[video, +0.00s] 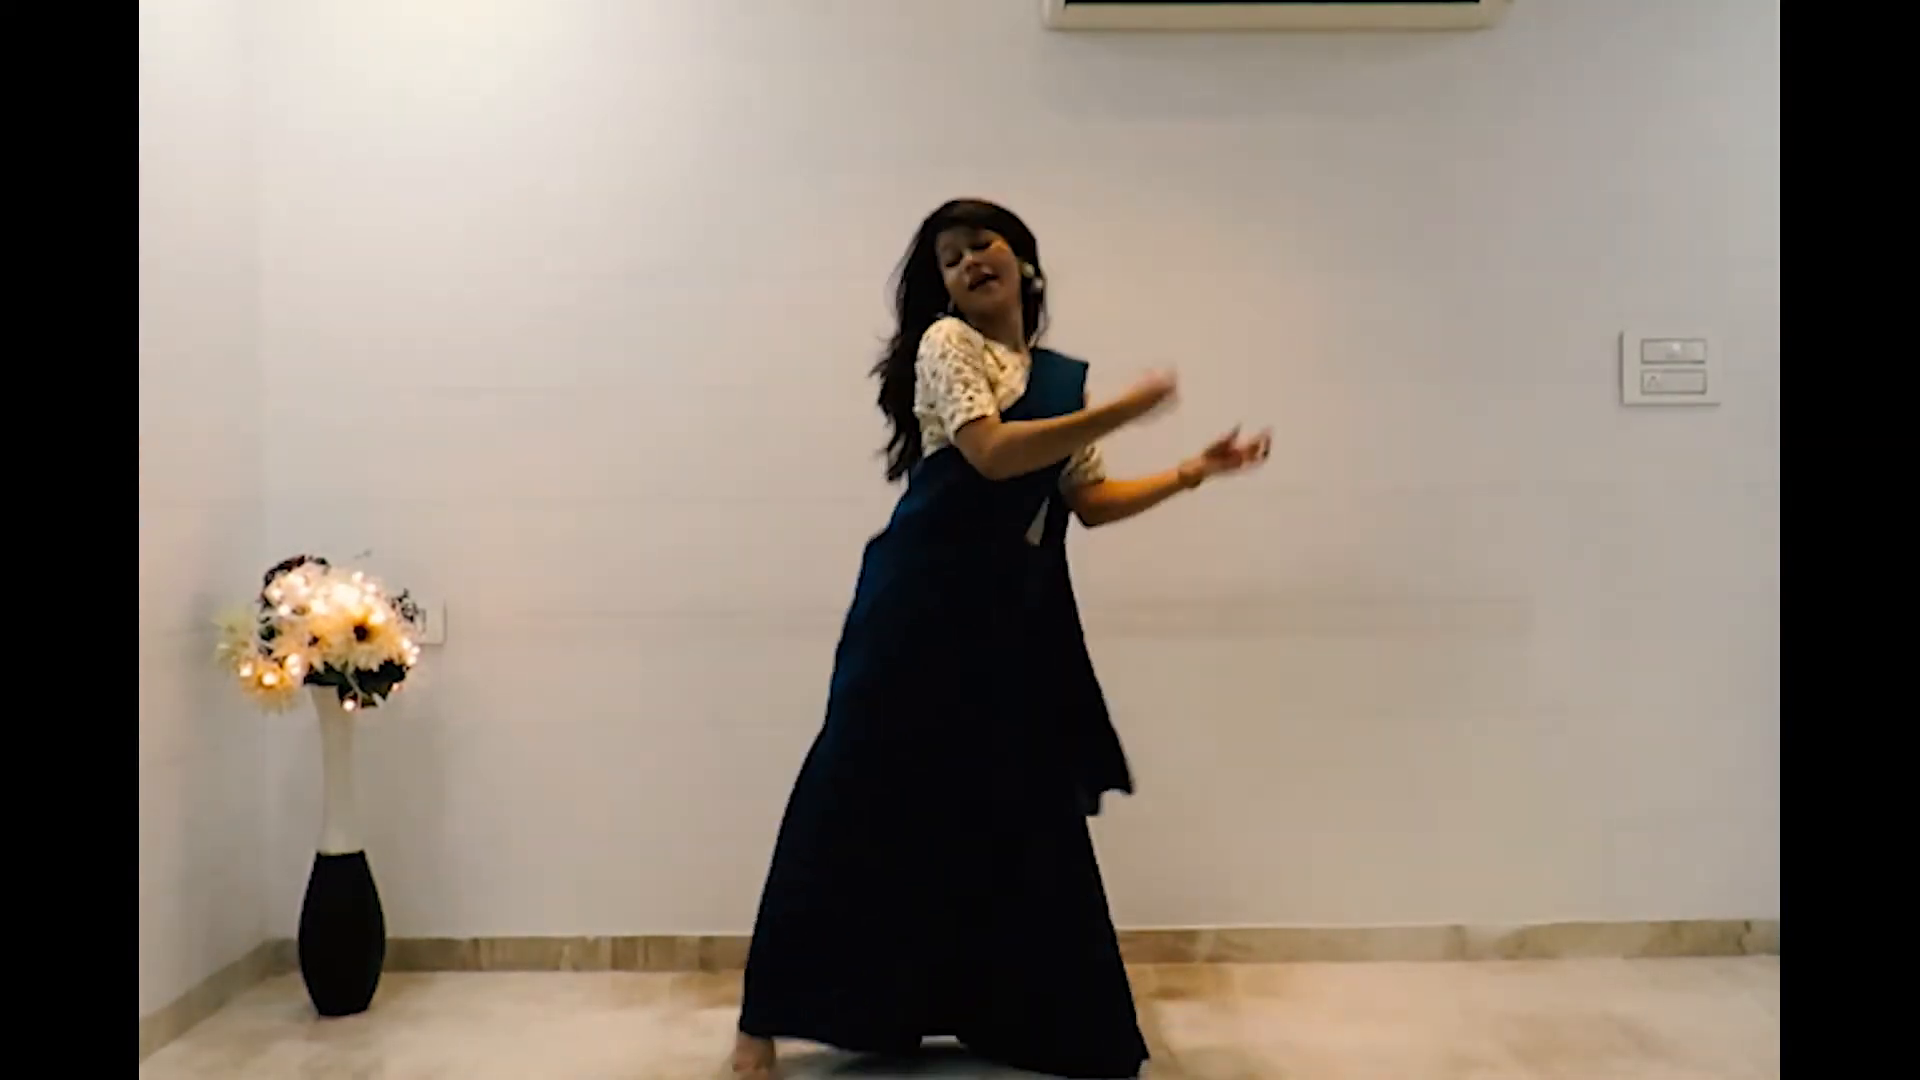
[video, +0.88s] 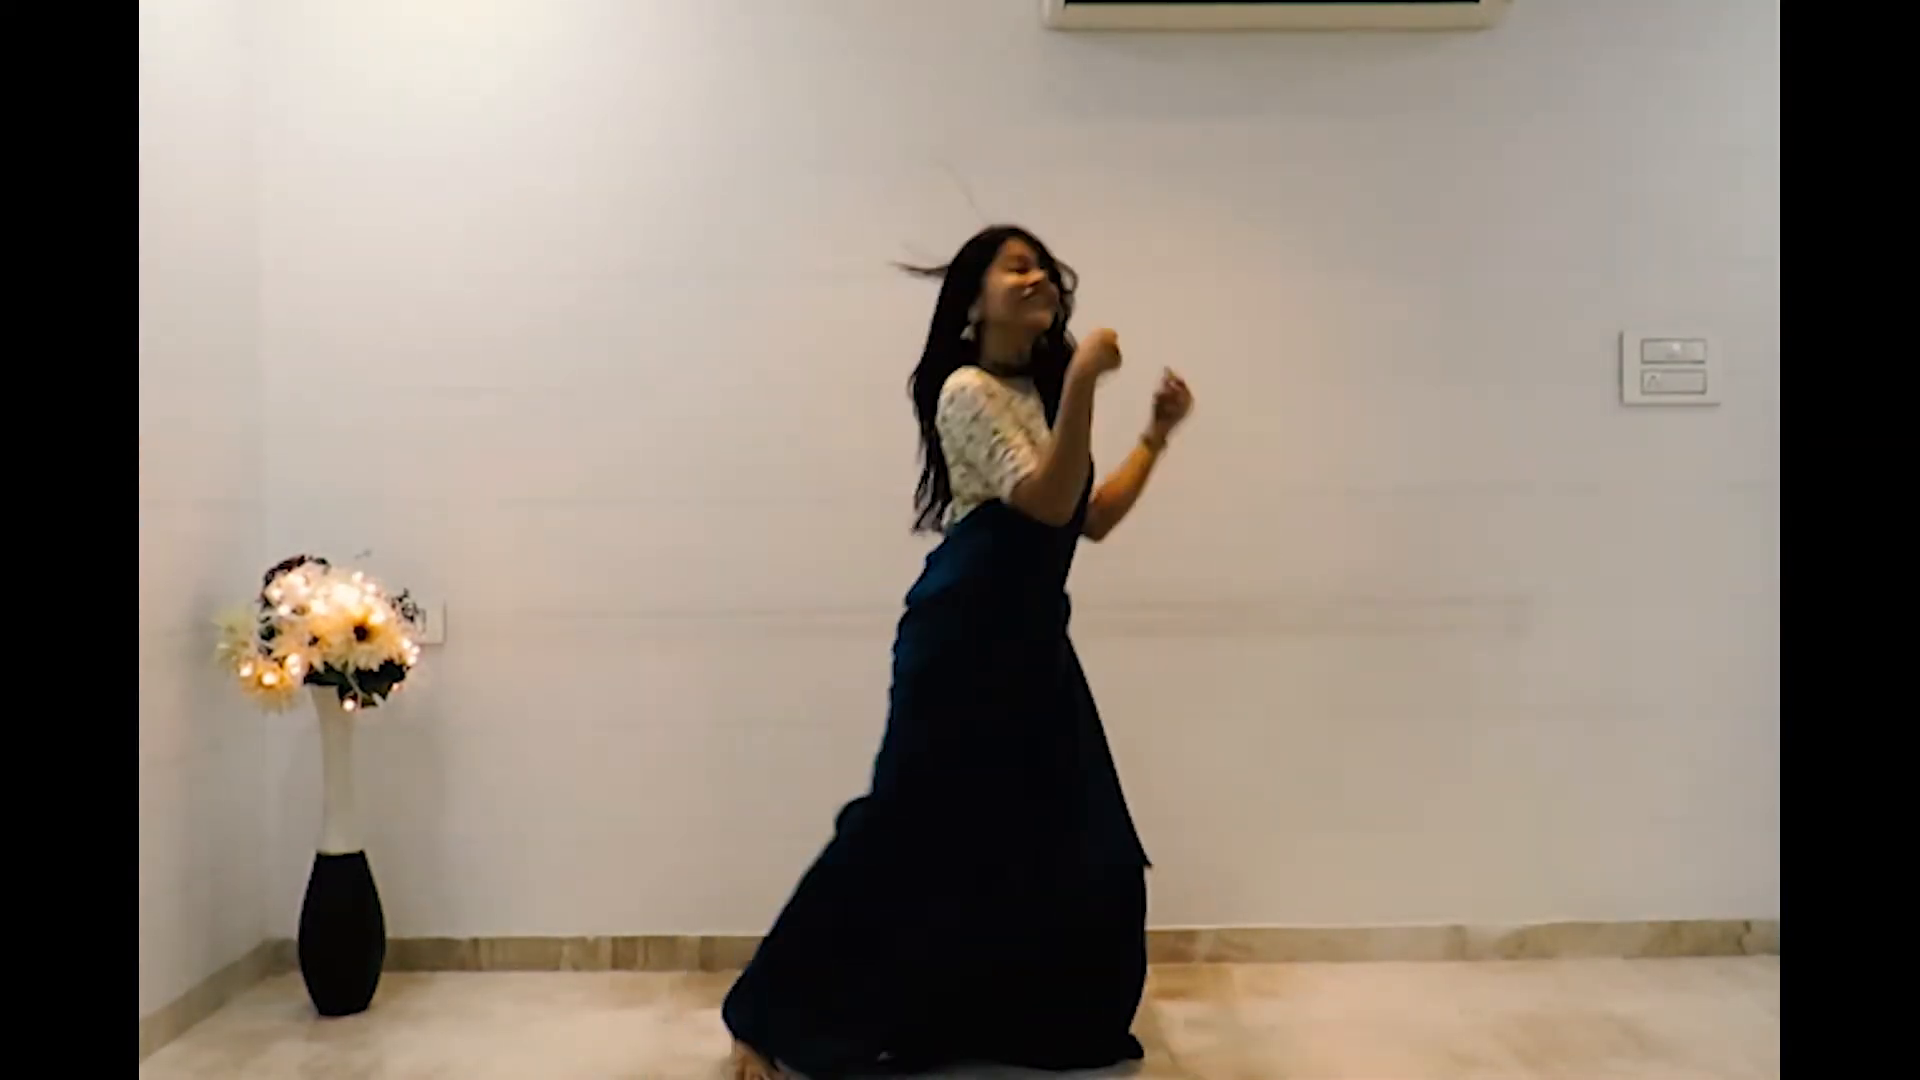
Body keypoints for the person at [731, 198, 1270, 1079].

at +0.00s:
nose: (972, 260)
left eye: (985, 244)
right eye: (954, 256)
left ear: (1025, 263)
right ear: (940, 286)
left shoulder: (1063, 377)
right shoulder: (943, 344)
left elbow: (1090, 502)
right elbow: (993, 451)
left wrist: (1192, 471)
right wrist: (1122, 409)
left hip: (1015, 609)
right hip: (918, 604)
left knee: (1030, 805)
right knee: (848, 799)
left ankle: (1063, 1023)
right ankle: (759, 1025)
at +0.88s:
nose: (1038, 278)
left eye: (1047, 270)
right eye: (1015, 266)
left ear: (1056, 304)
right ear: (972, 299)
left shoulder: (1047, 399)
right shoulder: (966, 391)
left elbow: (1097, 517)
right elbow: (1047, 497)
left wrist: (1156, 435)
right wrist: (1079, 379)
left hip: (1033, 633)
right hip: (962, 630)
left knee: (1086, 831)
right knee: (912, 822)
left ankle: (1066, 1023)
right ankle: (767, 1014)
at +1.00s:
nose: (1080, 230)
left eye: (1069, 218)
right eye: (1061, 223)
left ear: (1031, 262)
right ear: (1029, 258)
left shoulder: (1055, 331)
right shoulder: (1034, 336)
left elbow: (1136, 379)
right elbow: (1148, 382)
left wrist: (1130, 315)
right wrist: (1127, 309)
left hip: (1053, 597)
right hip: (1015, 597)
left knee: (1072, 790)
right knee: (1029, 796)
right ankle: (894, 970)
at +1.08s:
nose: (1102, 229)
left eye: (1088, 218)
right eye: (1086, 226)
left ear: (1041, 276)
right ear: (1069, 257)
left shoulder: (1039, 346)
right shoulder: (1089, 341)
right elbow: (1194, 416)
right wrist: (1214, 339)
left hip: (1026, 612)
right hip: (1066, 623)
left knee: (1042, 801)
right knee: (1142, 803)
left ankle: (1014, 998)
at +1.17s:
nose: (1129, 261)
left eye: (1118, 250)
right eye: (1115, 256)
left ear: (1051, 305)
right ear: (1094, 290)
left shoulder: (1026, 390)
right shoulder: (1134, 384)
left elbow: (983, 484)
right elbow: (1231, 495)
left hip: (1040, 664)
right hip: (1115, 673)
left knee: (1048, 831)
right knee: (1207, 827)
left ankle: (1019, 1014)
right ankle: (1176, 1020)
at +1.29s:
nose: (1156, 293)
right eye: (1153, 278)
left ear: (1061, 291)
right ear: (1156, 285)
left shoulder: (1050, 386)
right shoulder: (1198, 380)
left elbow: (971, 479)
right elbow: (1295, 484)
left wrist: (1035, 404)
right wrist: (1385, 416)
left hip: (1075, 639)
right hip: (1176, 641)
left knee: (1087, 820)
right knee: (1226, 826)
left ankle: (1024, 1013)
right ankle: (1234, 1032)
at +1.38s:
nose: (1175, 227)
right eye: (1170, 211)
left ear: (1071, 238)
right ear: (1172, 230)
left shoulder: (1038, 343)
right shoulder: (1216, 333)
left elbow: (969, 427)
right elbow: (1345, 421)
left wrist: (922, 399)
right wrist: (1477, 403)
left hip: (1084, 632)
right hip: (1199, 631)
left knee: (1067, 803)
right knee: (1222, 823)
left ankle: (1035, 1003)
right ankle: (1262, 1039)